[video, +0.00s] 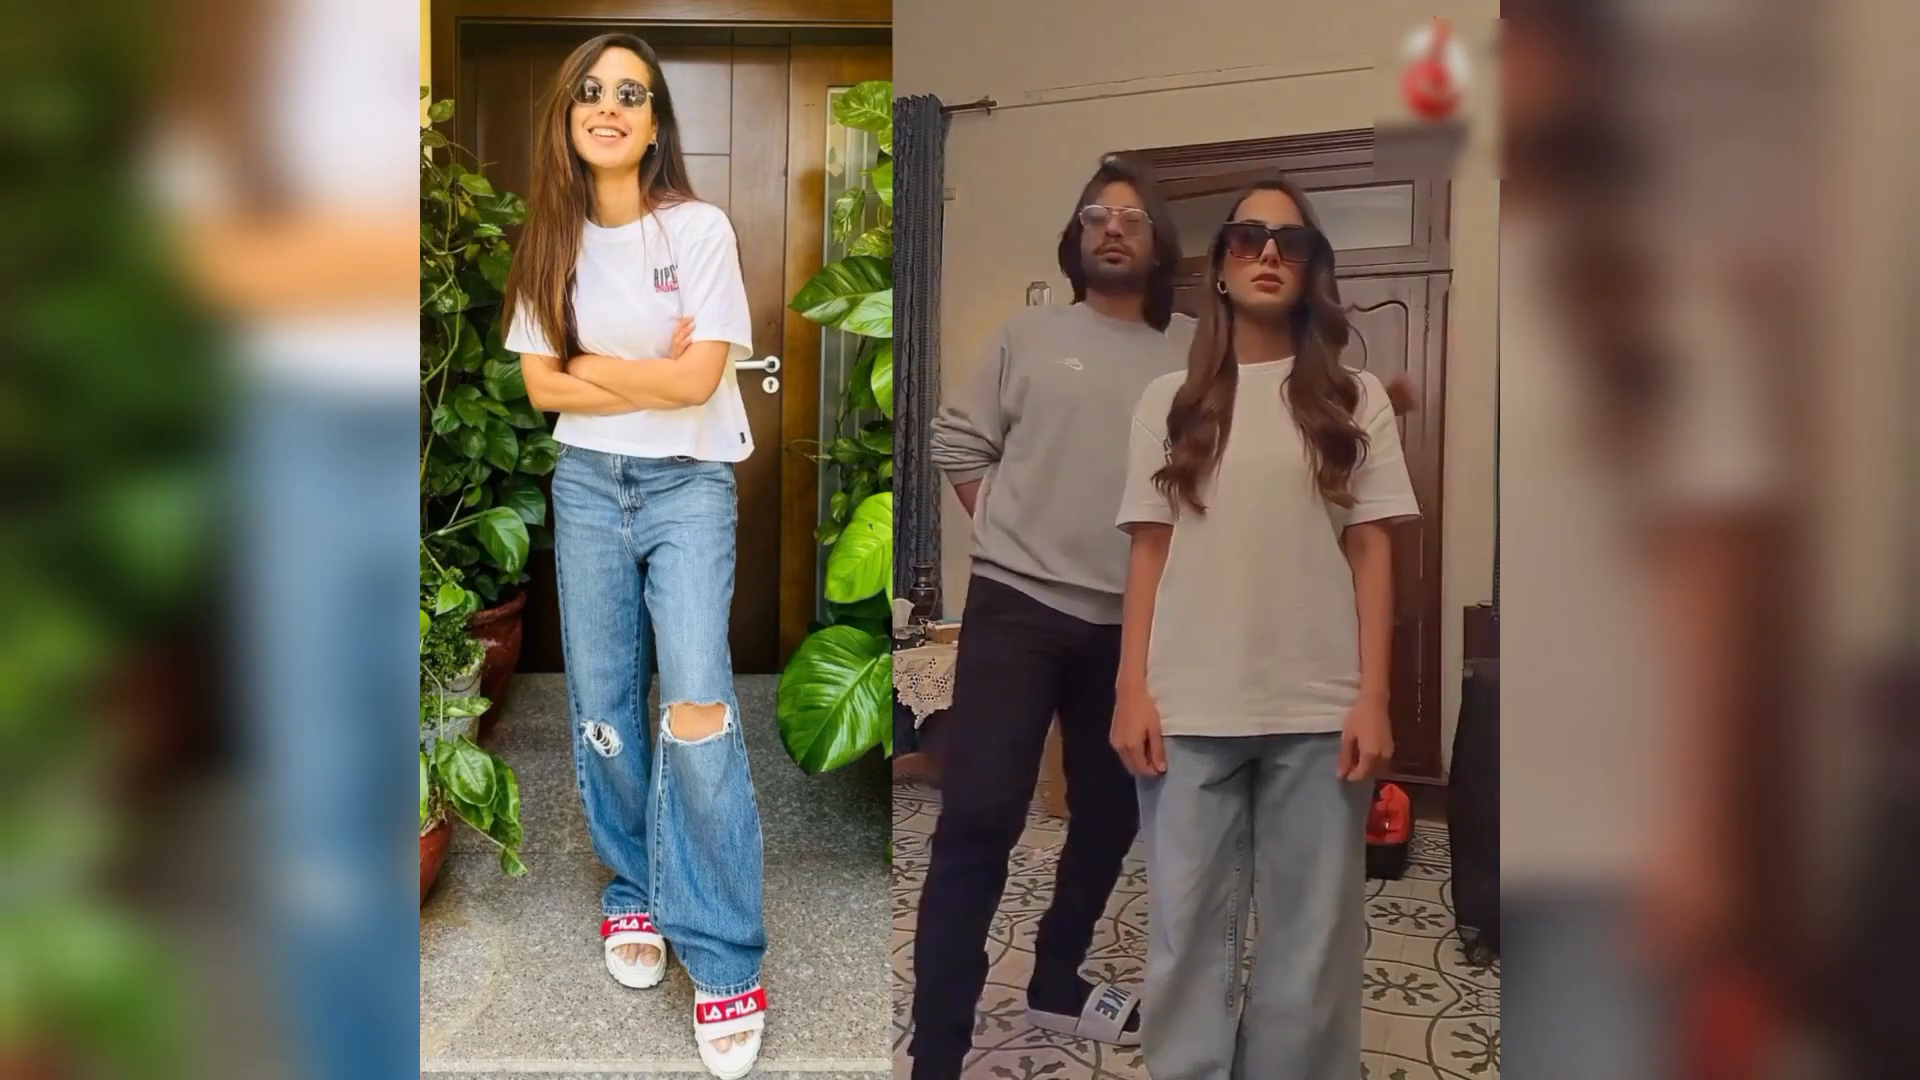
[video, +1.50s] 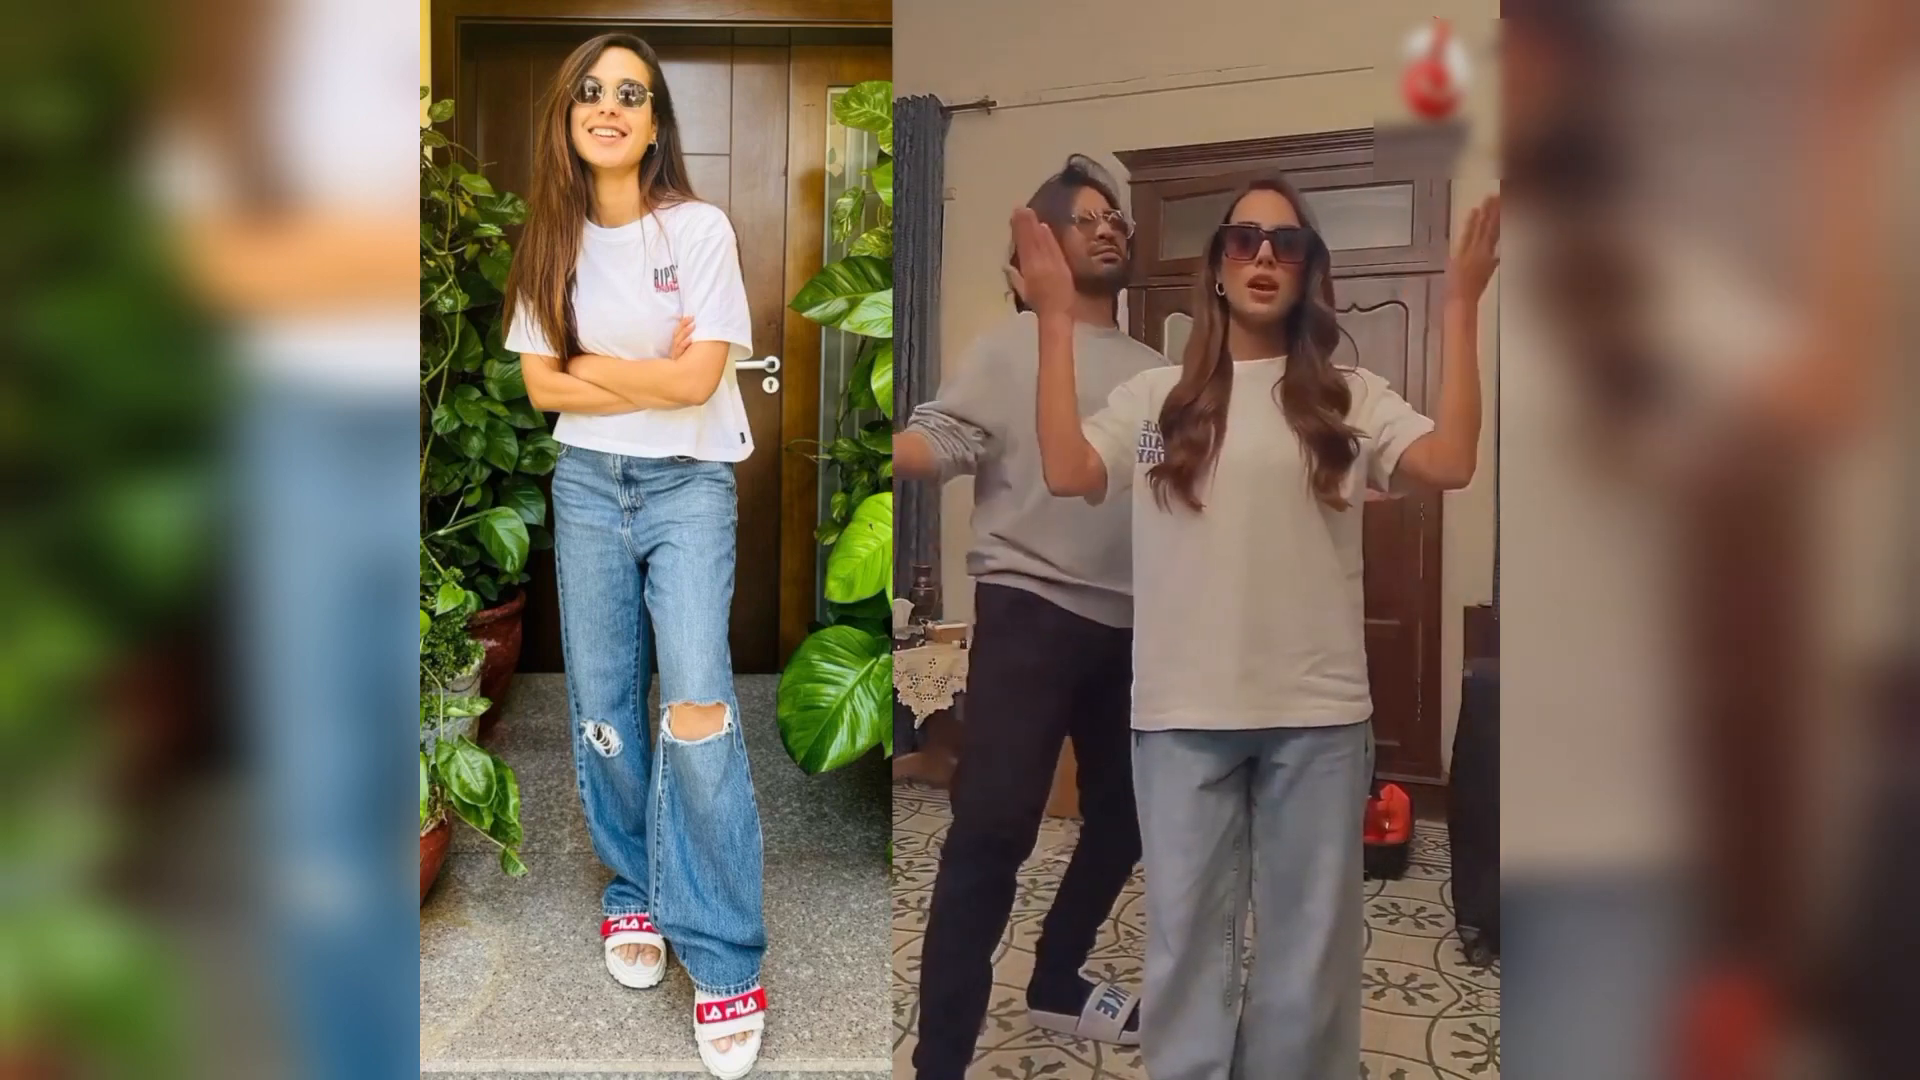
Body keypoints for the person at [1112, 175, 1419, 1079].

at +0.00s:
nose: (1267, 252)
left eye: (1290, 242)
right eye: (1247, 240)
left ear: (1314, 270)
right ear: (1221, 268)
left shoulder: (1353, 394)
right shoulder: (1171, 397)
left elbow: (1371, 552)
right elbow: (1148, 552)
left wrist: (1373, 699)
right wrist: (1132, 687)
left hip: (1321, 718)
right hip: (1188, 718)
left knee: (1310, 955)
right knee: (1183, 945)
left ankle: (1289, 1074)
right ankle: (1184, 1071)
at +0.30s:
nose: (1278, 249)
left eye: (1300, 240)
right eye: (1260, 235)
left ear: (1323, 271)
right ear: (1228, 261)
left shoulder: (1346, 395)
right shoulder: (1164, 390)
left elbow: (1366, 552)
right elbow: (1143, 544)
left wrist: (1386, 682)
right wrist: (1121, 671)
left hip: (1322, 714)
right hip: (1185, 712)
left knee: (1309, 954)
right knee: (1181, 944)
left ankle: (1290, 1073)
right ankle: (1186, 1068)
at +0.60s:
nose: (1268, 248)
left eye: (1289, 237)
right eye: (1248, 234)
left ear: (1313, 266)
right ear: (1219, 263)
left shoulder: (1348, 391)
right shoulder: (1164, 395)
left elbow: (1357, 547)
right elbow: (1170, 548)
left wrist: (1406, 509)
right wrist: (1108, 516)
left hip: (1319, 705)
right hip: (1184, 703)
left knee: (1309, 952)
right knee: (1183, 945)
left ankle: (1292, 1071)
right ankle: (1186, 1067)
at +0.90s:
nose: (1267, 247)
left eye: (1288, 235)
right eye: (1248, 233)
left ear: (1313, 266)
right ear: (1219, 262)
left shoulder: (1348, 391)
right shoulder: (1161, 389)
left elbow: (1369, 551)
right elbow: (1142, 539)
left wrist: (1423, 443)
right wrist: (1091, 442)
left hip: (1317, 703)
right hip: (1182, 702)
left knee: (1309, 952)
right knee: (1182, 945)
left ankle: (1293, 1072)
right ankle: (1185, 1068)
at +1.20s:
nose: (1265, 247)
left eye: (1285, 236)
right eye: (1246, 233)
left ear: (1311, 265)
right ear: (1216, 262)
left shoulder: (1346, 396)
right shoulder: (1161, 394)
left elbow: (1353, 544)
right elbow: (1153, 541)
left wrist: (1426, 550)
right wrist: (1070, 544)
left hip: (1317, 708)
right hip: (1180, 707)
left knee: (1308, 949)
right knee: (1183, 942)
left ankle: (1294, 1072)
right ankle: (1185, 1068)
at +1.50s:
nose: (1264, 256)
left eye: (1286, 243)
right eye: (1245, 240)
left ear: (1311, 271)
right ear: (1217, 266)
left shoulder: (1346, 392)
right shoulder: (1160, 391)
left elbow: (1452, 464)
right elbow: (1069, 470)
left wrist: (1463, 303)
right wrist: (1054, 311)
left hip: (1319, 717)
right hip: (1182, 719)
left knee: (1311, 960)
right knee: (1182, 950)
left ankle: (1295, 1072)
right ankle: (1185, 1068)